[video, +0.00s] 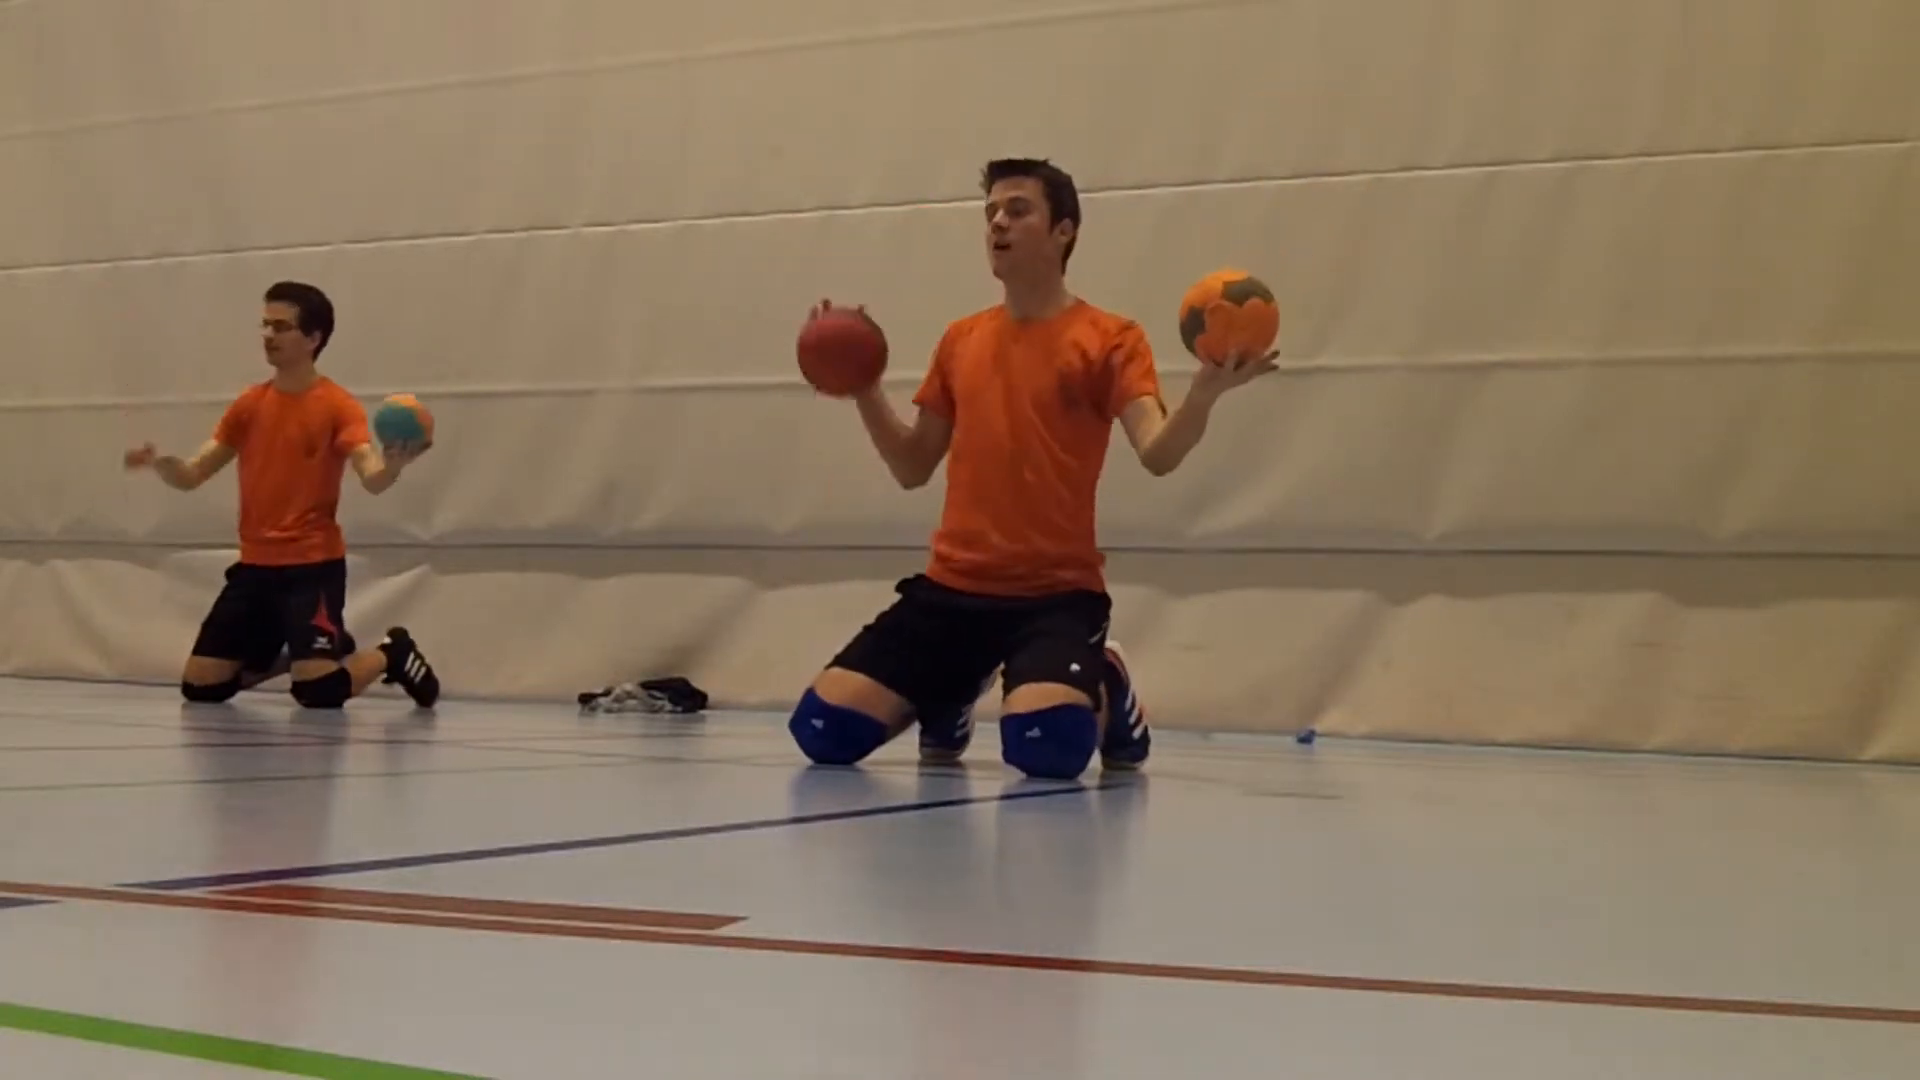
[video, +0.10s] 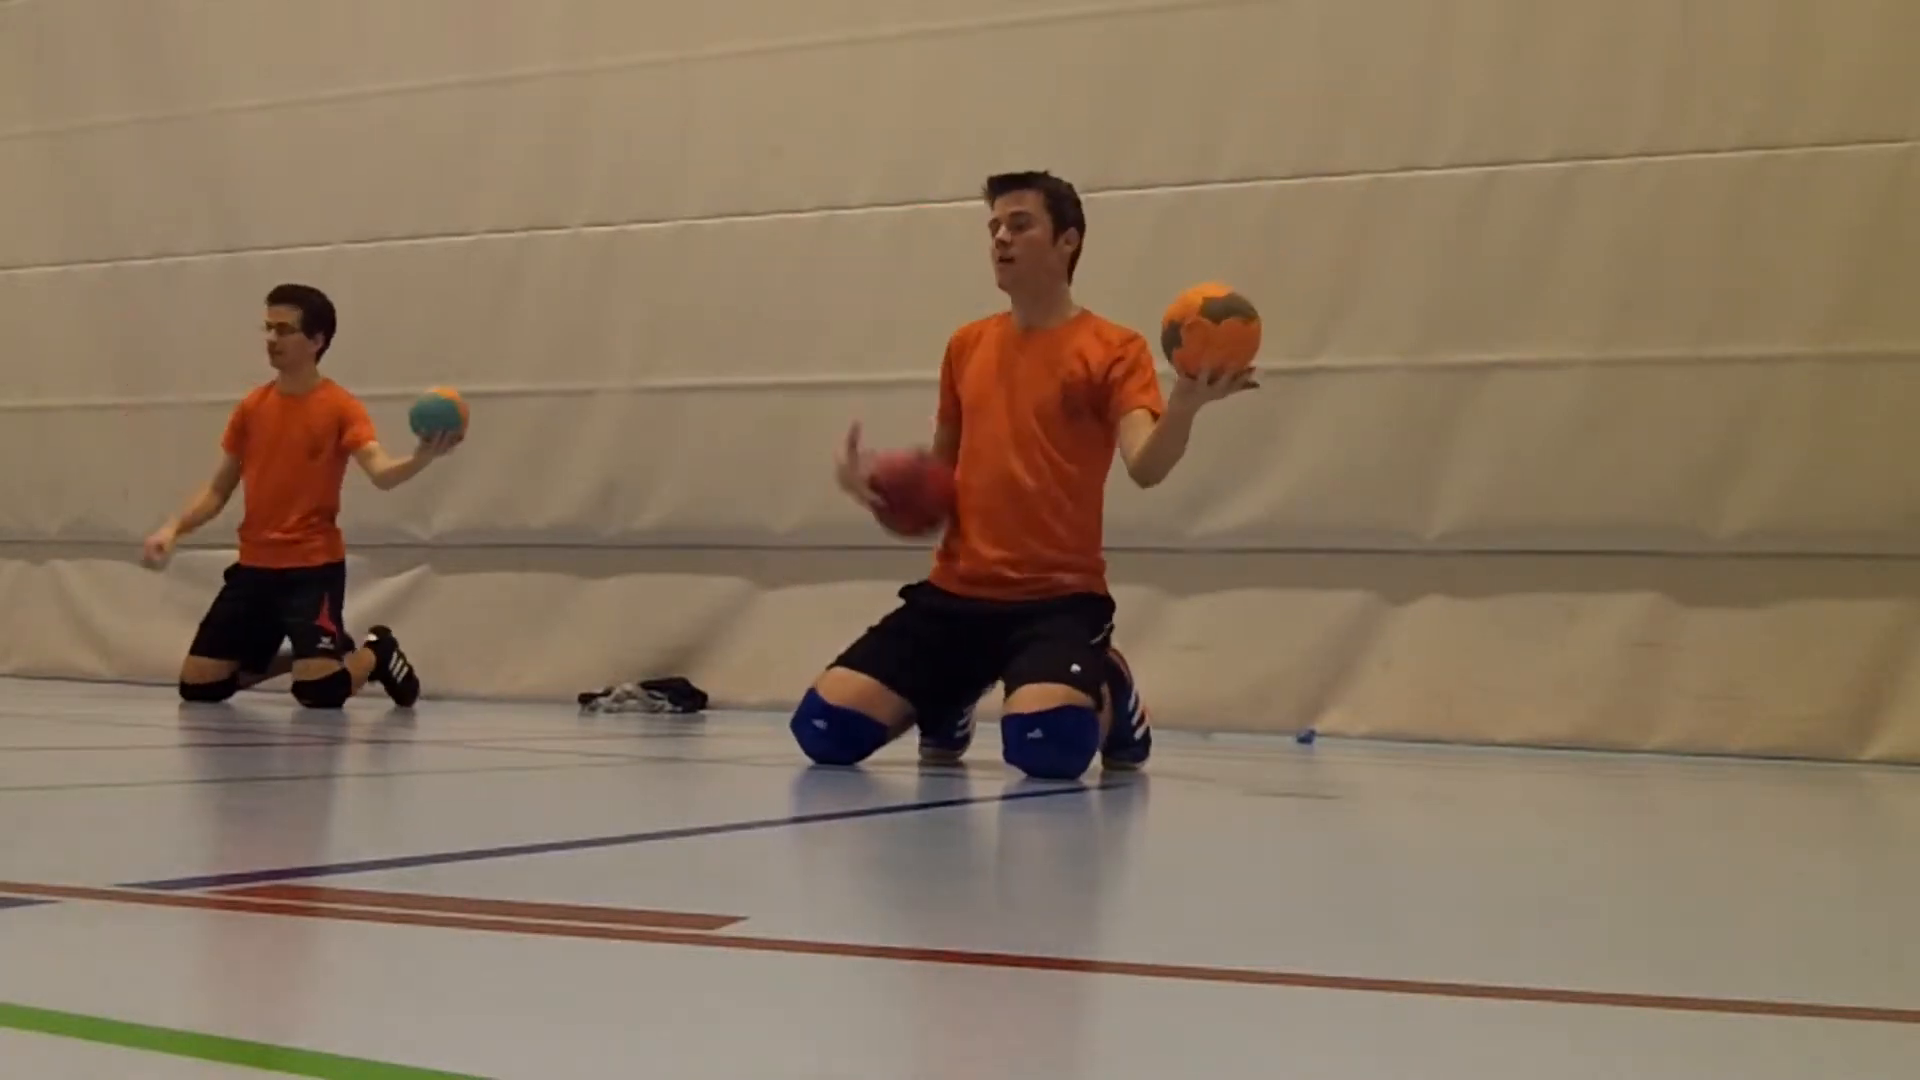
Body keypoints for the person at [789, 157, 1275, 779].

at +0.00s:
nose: (998, 223)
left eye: (1018, 209)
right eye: (992, 213)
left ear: (1063, 233)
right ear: (984, 232)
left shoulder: (1109, 339)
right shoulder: (962, 340)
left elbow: (1159, 453)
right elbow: (912, 464)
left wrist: (1204, 391)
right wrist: (860, 379)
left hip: (1058, 596)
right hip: (952, 590)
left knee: (1044, 751)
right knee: (821, 736)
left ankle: (1108, 683)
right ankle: (947, 683)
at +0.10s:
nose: (1000, 238)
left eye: (1020, 224)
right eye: (994, 228)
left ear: (1068, 243)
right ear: (988, 245)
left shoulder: (1112, 349)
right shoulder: (968, 346)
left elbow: (1147, 466)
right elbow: (941, 474)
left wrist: (1184, 405)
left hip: (1059, 602)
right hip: (956, 597)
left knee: (1044, 749)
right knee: (822, 734)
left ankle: (1107, 684)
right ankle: (945, 686)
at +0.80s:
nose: (1003, 220)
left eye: (1024, 209)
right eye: (994, 207)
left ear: (1061, 233)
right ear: (980, 224)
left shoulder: (1095, 338)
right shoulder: (941, 325)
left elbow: (1145, 421)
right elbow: (818, 324)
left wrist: (1177, 320)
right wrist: (825, 180)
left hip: (1055, 601)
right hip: (945, 596)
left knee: (1053, 751)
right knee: (801, 734)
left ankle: (1103, 687)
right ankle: (939, 685)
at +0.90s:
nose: (1003, 201)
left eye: (1024, 190)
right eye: (994, 188)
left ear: (1061, 217)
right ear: (980, 209)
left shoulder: (1092, 323)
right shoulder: (945, 295)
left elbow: (1149, 401)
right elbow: (847, 222)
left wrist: (1187, 298)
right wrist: (820, 127)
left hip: (1047, 588)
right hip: (938, 580)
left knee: (1052, 752)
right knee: (800, 736)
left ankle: (1100, 687)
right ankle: (939, 678)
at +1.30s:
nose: (985, 211)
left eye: (1006, 198)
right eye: (975, 201)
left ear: (1048, 223)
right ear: (965, 224)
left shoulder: (1094, 335)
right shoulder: (936, 331)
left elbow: (1174, 422)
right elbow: (841, 444)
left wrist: (1232, 334)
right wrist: (809, 417)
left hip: (1056, 596)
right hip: (948, 592)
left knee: (1050, 754)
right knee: (804, 737)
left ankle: (1108, 684)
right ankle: (934, 684)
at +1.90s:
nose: (995, 231)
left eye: (1015, 218)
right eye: (984, 219)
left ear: (1054, 243)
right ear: (970, 239)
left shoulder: (1091, 355)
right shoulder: (936, 335)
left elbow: (1161, 441)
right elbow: (843, 436)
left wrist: (1219, 375)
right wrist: (772, 424)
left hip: (1038, 602)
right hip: (930, 597)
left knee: (1030, 750)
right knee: (788, 735)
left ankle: (1106, 684)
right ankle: (929, 686)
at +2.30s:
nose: (978, 230)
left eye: (998, 215)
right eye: (970, 218)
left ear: (1045, 235)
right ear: (962, 238)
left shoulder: (1098, 344)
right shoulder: (939, 337)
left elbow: (1165, 449)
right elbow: (904, 472)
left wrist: (1210, 394)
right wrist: (823, 459)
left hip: (1062, 597)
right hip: (954, 593)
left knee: (1048, 753)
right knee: (811, 736)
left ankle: (1116, 683)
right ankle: (934, 688)